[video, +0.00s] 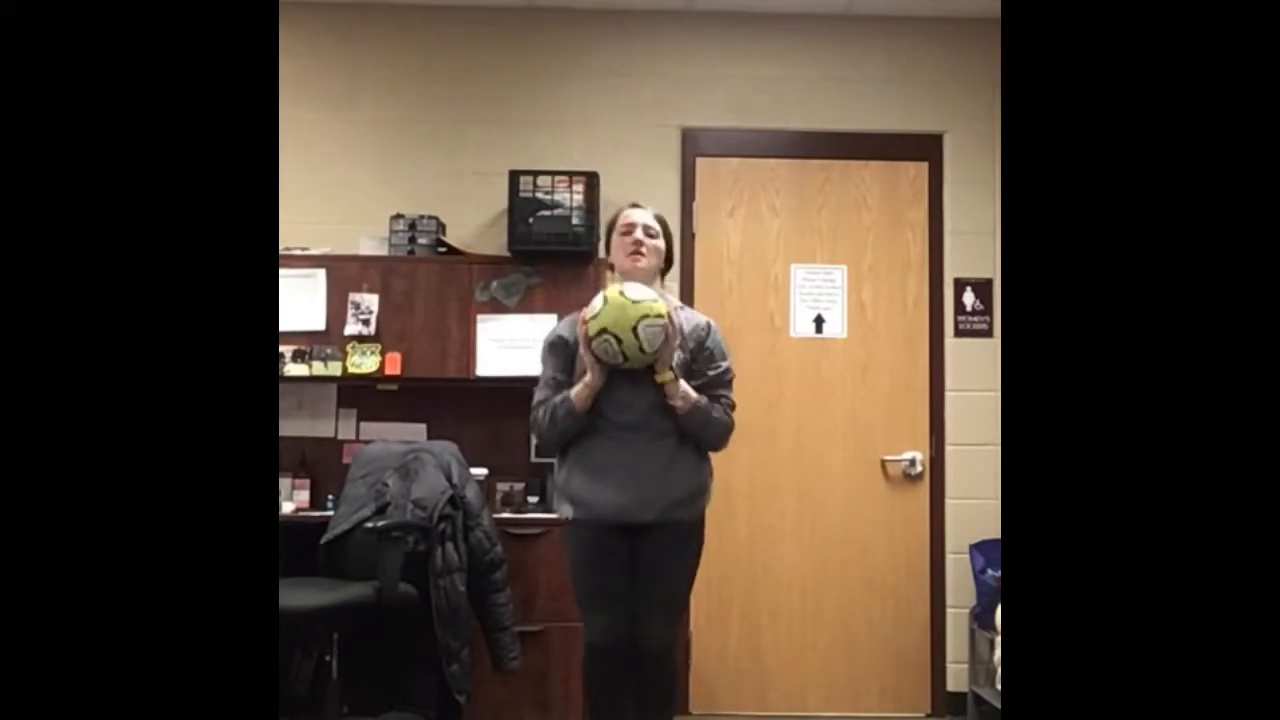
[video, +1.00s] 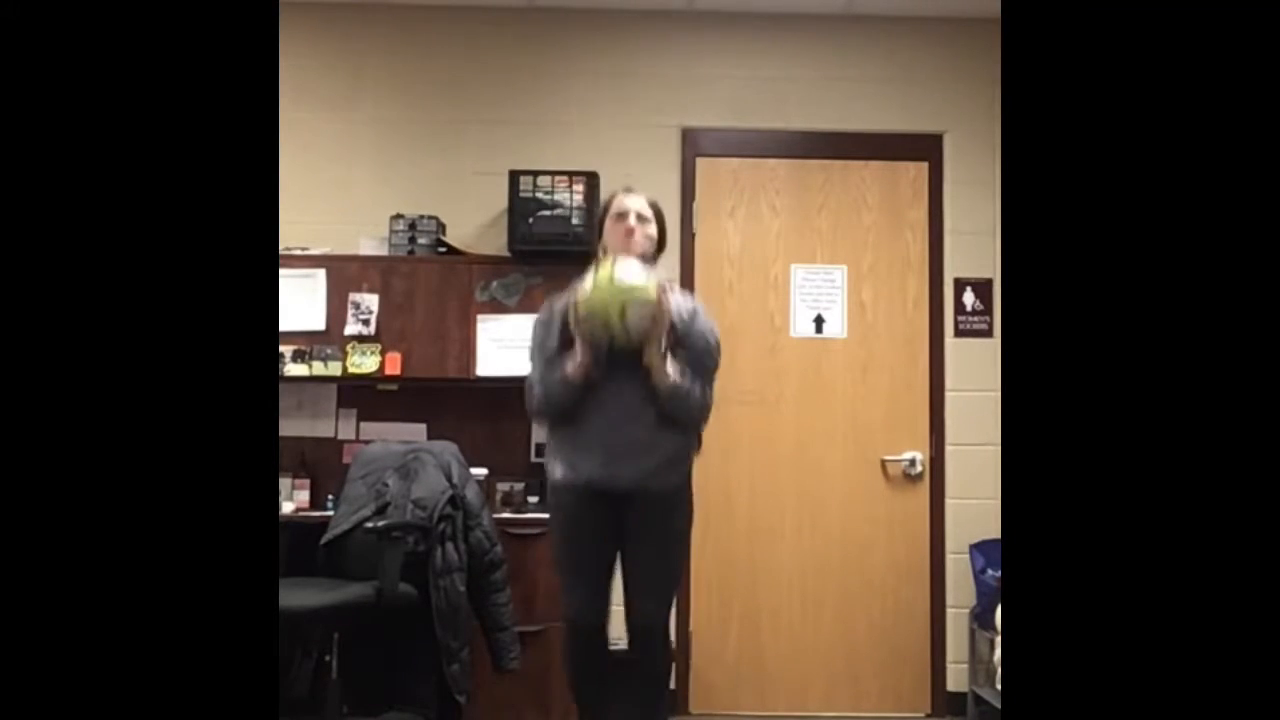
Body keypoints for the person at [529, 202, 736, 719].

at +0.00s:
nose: (639, 238)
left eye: (651, 232)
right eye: (627, 232)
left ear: (666, 254)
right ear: (608, 252)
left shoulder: (698, 331)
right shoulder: (570, 332)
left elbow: (719, 431)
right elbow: (544, 430)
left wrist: (669, 376)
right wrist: (590, 379)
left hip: (673, 517)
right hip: (595, 517)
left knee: (657, 646)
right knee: (605, 644)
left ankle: (656, 719)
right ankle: (607, 719)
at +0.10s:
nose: (640, 216)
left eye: (651, 208)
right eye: (628, 208)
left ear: (667, 225)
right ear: (609, 222)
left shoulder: (695, 301)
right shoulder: (573, 304)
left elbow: (729, 381)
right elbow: (546, 392)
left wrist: (680, 344)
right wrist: (591, 335)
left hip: (673, 492)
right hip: (593, 493)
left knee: (660, 635)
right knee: (595, 631)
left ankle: (659, 716)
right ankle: (600, 715)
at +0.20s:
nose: (640, 185)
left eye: (652, 174)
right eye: (627, 173)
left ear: (672, 180)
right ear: (605, 180)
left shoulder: (684, 249)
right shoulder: (584, 251)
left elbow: (725, 294)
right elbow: (545, 298)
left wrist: (687, 252)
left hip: (672, 448)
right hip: (593, 448)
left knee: (670, 593)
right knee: (582, 593)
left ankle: (674, 704)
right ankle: (576, 708)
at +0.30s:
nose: (643, 197)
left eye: (654, 190)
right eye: (629, 189)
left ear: (671, 207)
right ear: (611, 205)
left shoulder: (694, 268)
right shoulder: (587, 264)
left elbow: (723, 211)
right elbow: (557, 211)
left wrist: (686, 126)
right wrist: (596, 120)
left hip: (672, 446)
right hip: (594, 444)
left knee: (686, 599)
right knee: (567, 603)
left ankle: (704, 706)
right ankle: (539, 708)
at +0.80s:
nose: (629, 215)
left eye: (641, 208)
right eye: (618, 206)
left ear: (658, 227)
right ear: (599, 219)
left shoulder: (674, 289)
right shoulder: (577, 281)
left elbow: (709, 251)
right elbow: (535, 252)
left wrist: (677, 174)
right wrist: (570, 170)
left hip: (657, 467)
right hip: (578, 465)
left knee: (679, 614)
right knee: (542, 610)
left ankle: (709, 711)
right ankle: (487, 711)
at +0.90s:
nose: (622, 217)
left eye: (635, 206)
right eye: (609, 207)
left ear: (657, 214)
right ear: (592, 215)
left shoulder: (682, 276)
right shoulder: (574, 273)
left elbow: (706, 327)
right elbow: (533, 318)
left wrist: (667, 264)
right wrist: (573, 252)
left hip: (659, 459)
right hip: (579, 457)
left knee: (665, 600)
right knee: (562, 593)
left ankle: (674, 710)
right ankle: (548, 709)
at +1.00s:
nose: (633, 226)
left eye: (644, 219)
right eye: (621, 217)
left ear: (659, 238)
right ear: (601, 233)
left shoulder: (685, 314)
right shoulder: (562, 312)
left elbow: (694, 413)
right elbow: (541, 403)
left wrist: (656, 359)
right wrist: (580, 359)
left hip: (659, 492)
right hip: (580, 491)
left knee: (650, 626)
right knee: (584, 624)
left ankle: (647, 714)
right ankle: (594, 712)